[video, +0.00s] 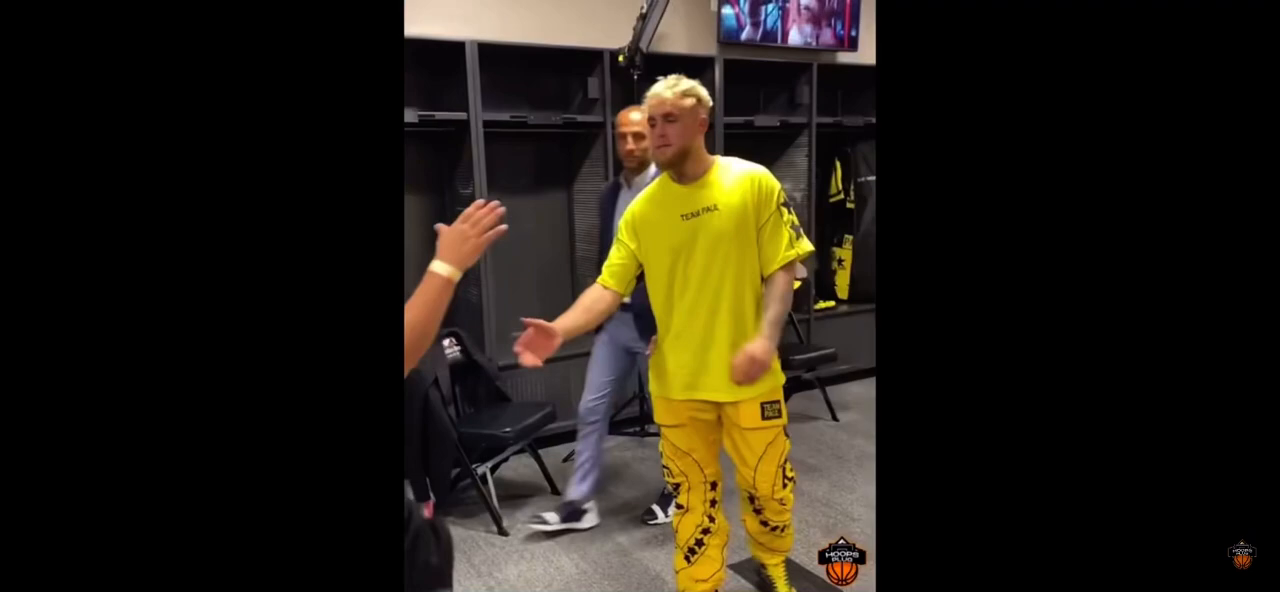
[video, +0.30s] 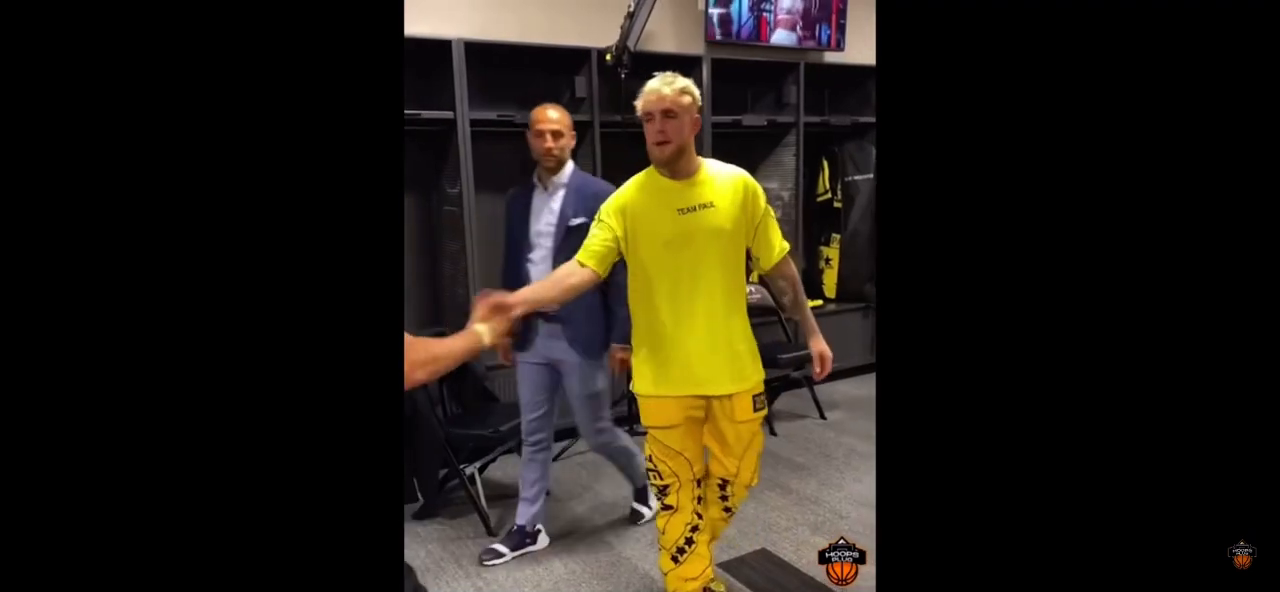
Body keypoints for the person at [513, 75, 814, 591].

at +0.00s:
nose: (655, 132)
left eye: (667, 120)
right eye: (650, 123)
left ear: (702, 122)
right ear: (646, 130)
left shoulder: (752, 183)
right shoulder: (641, 208)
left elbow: (782, 267)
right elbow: (609, 287)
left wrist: (766, 337)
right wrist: (557, 330)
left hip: (751, 376)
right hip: (679, 382)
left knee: (770, 490)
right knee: (693, 506)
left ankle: (772, 565)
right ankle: (698, 586)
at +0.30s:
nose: (657, 128)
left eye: (669, 116)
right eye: (649, 119)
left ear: (696, 121)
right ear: (641, 126)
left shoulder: (738, 186)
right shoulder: (625, 201)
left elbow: (778, 267)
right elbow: (583, 268)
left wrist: (812, 333)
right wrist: (517, 300)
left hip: (734, 370)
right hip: (661, 376)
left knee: (735, 478)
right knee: (677, 497)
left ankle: (689, 557)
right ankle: (688, 583)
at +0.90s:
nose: (655, 125)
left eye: (667, 116)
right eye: (647, 115)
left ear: (689, 125)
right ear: (637, 122)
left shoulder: (712, 189)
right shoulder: (611, 188)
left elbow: (727, 270)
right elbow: (559, 250)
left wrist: (737, 326)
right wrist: (500, 294)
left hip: (694, 343)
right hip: (631, 345)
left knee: (686, 455)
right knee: (633, 458)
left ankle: (680, 548)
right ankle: (625, 567)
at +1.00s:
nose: (651, 124)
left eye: (663, 115)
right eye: (644, 114)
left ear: (685, 124)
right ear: (634, 122)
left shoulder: (709, 189)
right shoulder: (607, 188)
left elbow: (727, 272)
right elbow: (570, 261)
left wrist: (734, 333)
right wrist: (534, 325)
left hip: (692, 348)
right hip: (628, 349)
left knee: (687, 456)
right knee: (621, 458)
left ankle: (683, 545)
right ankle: (598, 551)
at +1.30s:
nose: (662, 116)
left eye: (672, 105)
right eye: (653, 107)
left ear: (694, 112)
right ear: (642, 114)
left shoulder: (727, 178)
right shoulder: (621, 185)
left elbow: (750, 262)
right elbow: (609, 266)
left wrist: (761, 329)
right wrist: (598, 336)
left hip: (717, 337)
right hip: (646, 340)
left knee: (728, 443)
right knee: (638, 445)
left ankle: (734, 536)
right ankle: (634, 533)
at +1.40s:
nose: (683, 114)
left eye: (694, 104)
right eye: (675, 105)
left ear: (717, 108)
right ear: (665, 112)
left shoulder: (756, 173)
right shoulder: (648, 182)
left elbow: (780, 257)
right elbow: (626, 260)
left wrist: (790, 328)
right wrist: (604, 327)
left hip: (744, 334)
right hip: (674, 337)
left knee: (761, 441)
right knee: (671, 442)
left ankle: (774, 536)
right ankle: (671, 531)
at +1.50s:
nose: (717, 112)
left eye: (728, 101)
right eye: (709, 103)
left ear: (755, 104)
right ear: (700, 109)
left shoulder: (794, 167)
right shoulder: (685, 177)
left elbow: (817, 251)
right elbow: (658, 254)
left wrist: (827, 326)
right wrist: (632, 323)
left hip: (784, 331)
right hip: (711, 334)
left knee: (806, 439)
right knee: (713, 439)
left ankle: (824, 536)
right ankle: (718, 526)